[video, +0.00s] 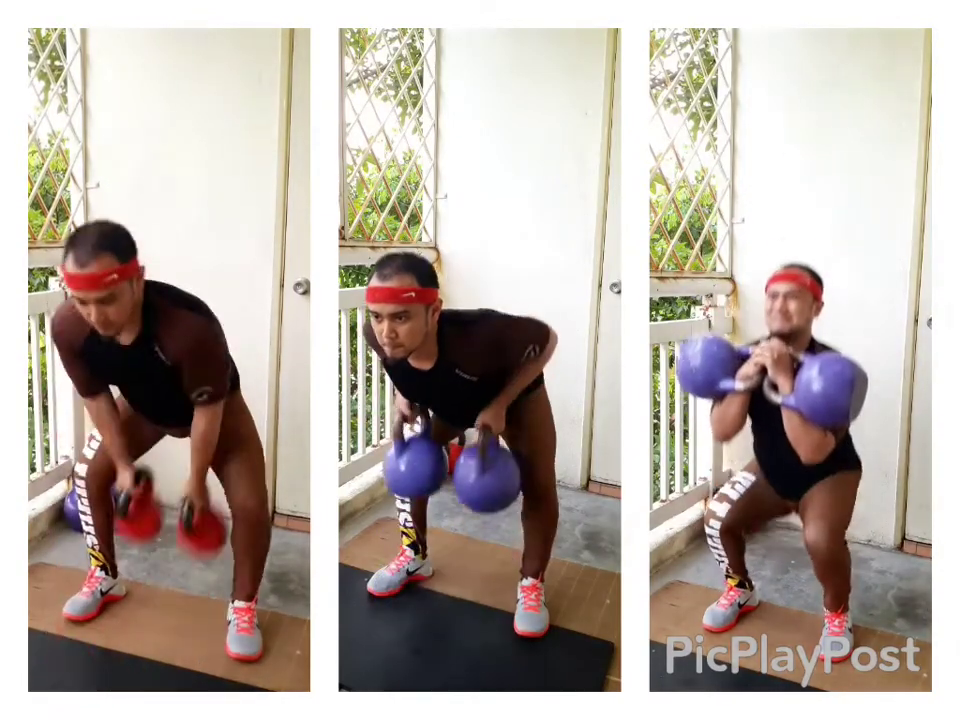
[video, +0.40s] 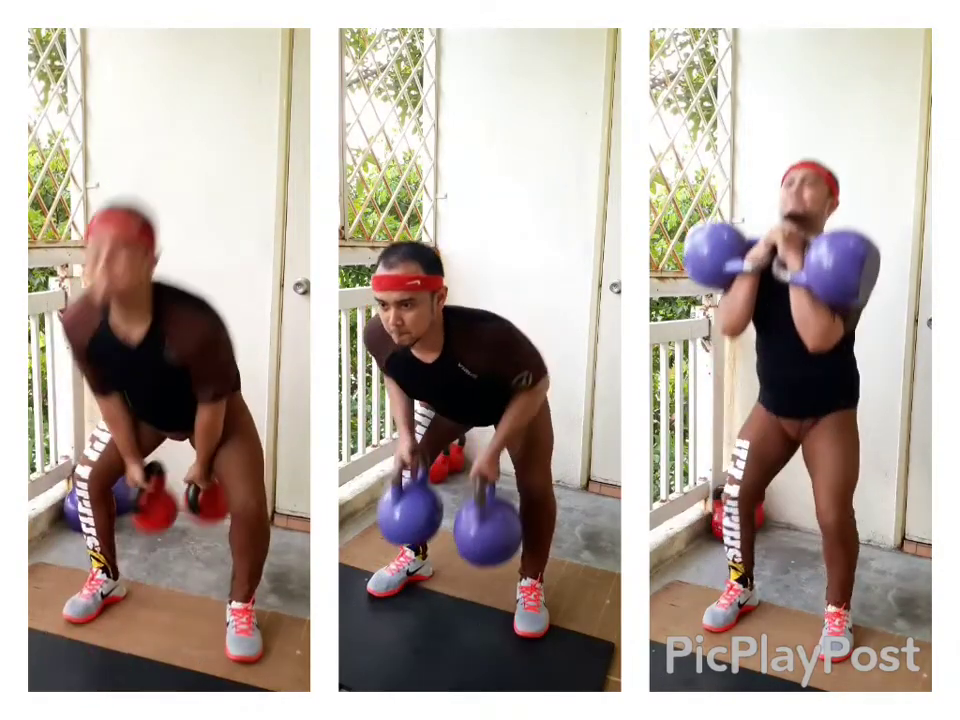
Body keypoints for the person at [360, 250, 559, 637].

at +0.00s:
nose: (387, 332)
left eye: (401, 318)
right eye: (377, 317)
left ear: (434, 311)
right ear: (369, 314)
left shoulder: (479, 332)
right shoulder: (376, 333)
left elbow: (546, 339)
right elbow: (392, 357)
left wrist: (500, 404)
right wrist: (402, 393)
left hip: (513, 391)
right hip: (445, 397)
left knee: (539, 488)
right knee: (411, 466)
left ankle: (531, 582)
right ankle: (413, 553)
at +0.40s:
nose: (393, 319)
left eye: (406, 305)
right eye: (383, 306)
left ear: (439, 297)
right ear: (376, 301)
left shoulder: (488, 334)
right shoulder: (378, 338)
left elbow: (537, 383)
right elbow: (395, 377)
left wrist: (494, 449)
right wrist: (406, 434)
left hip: (514, 401)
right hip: (453, 404)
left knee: (535, 486)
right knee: (409, 468)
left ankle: (531, 581)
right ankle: (414, 553)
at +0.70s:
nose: (394, 340)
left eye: (407, 325)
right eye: (384, 326)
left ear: (439, 315)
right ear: (375, 321)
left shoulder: (486, 355)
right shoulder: (379, 363)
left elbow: (518, 431)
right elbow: (399, 424)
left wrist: (486, 508)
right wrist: (408, 494)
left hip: (513, 399)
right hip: (451, 406)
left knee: (535, 487)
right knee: (411, 474)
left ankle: (531, 583)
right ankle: (406, 561)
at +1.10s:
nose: (390, 359)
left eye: (404, 345)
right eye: (380, 345)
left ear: (435, 336)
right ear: (372, 341)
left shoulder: (485, 374)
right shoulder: (376, 375)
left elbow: (504, 456)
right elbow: (398, 443)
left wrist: (481, 532)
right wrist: (409, 511)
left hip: (515, 393)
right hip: (446, 402)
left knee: (532, 486)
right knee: (413, 470)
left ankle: (530, 584)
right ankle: (409, 563)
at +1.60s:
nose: (390, 360)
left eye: (404, 347)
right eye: (381, 346)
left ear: (436, 339)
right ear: (373, 342)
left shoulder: (486, 380)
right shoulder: (375, 376)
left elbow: (489, 463)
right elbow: (403, 447)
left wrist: (479, 533)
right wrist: (412, 513)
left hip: (515, 391)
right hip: (450, 399)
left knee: (530, 487)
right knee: (416, 468)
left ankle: (531, 583)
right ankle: (410, 562)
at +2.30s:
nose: (387, 358)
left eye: (401, 344)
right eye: (377, 344)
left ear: (433, 335)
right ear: (369, 338)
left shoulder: (483, 379)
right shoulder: (373, 376)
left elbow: (486, 463)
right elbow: (403, 444)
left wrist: (479, 532)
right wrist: (412, 512)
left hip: (514, 389)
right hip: (452, 398)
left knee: (530, 486)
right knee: (415, 471)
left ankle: (531, 583)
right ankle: (409, 563)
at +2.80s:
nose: (389, 350)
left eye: (403, 336)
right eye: (379, 335)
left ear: (435, 330)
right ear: (371, 332)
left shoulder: (484, 379)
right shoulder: (374, 374)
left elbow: (487, 463)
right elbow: (404, 443)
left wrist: (479, 532)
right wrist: (412, 512)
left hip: (515, 389)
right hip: (454, 399)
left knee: (530, 487)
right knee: (416, 469)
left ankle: (531, 583)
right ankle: (408, 563)